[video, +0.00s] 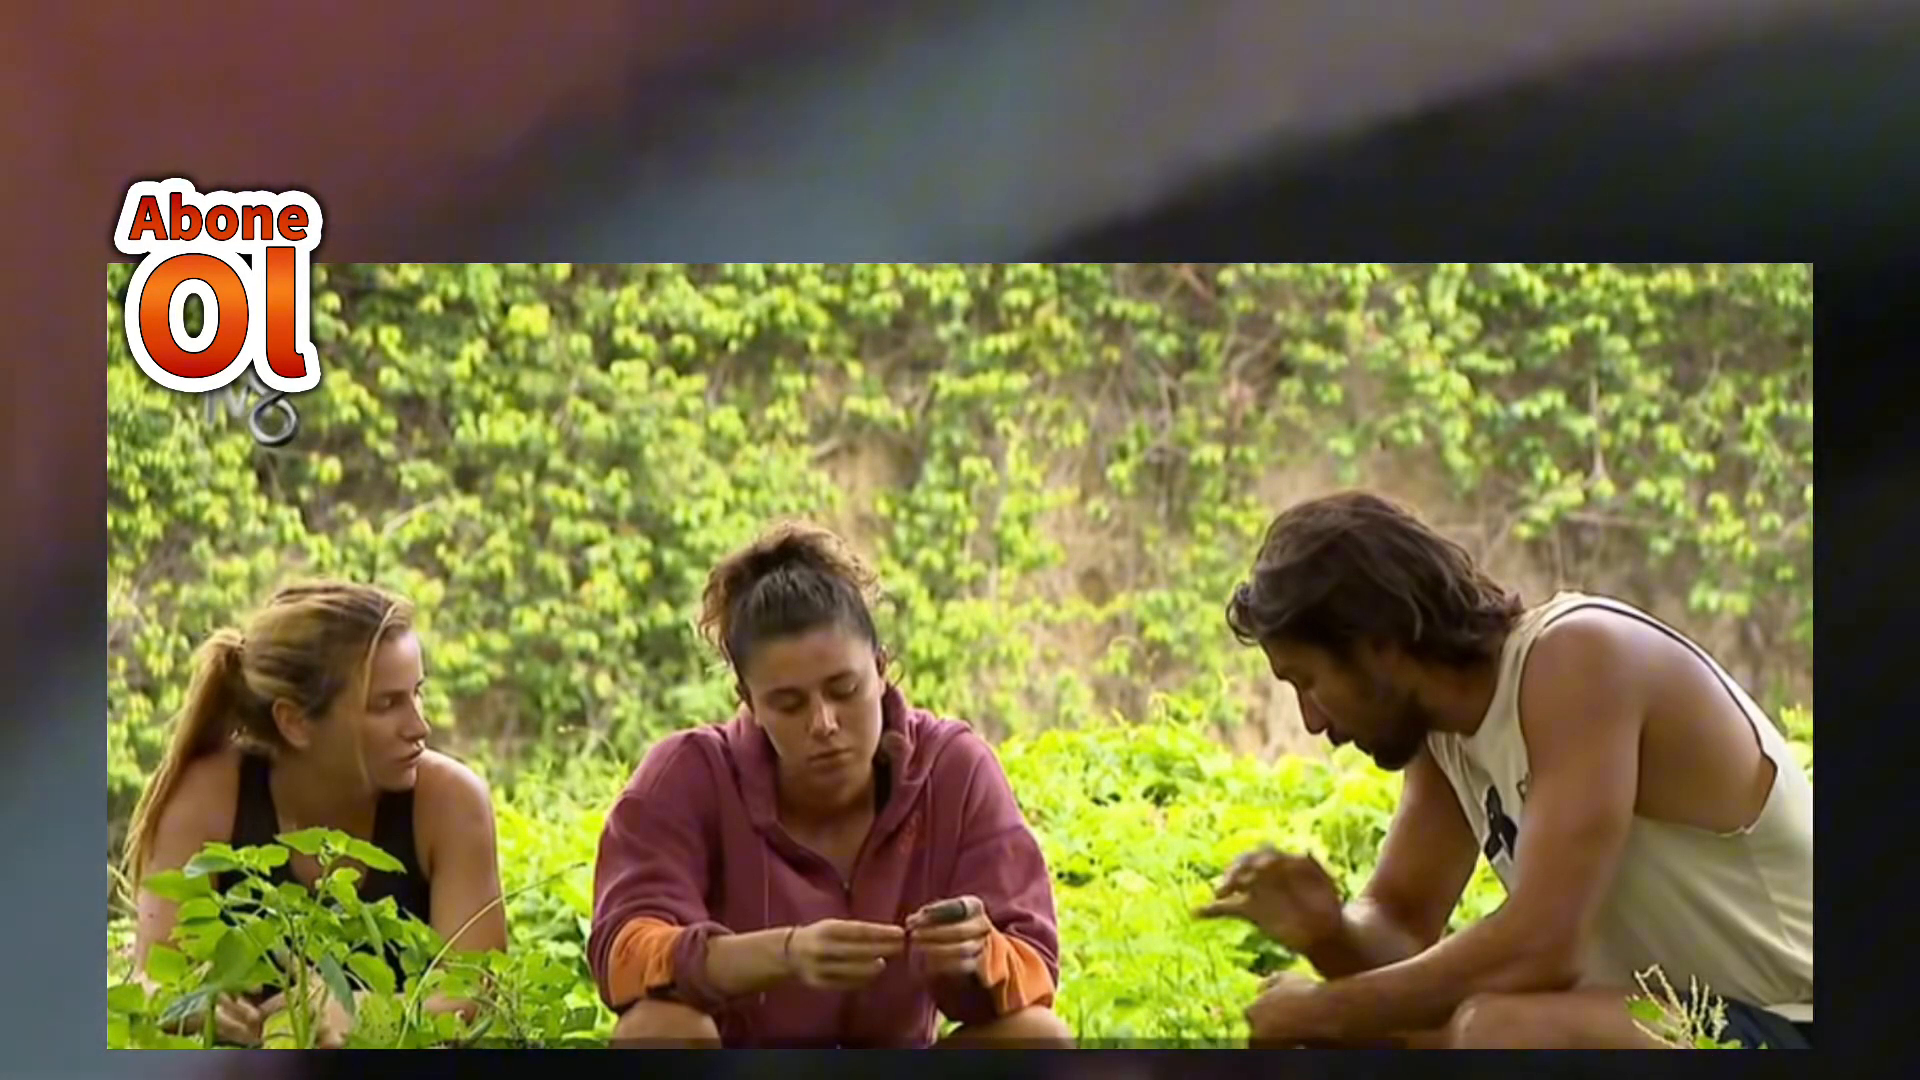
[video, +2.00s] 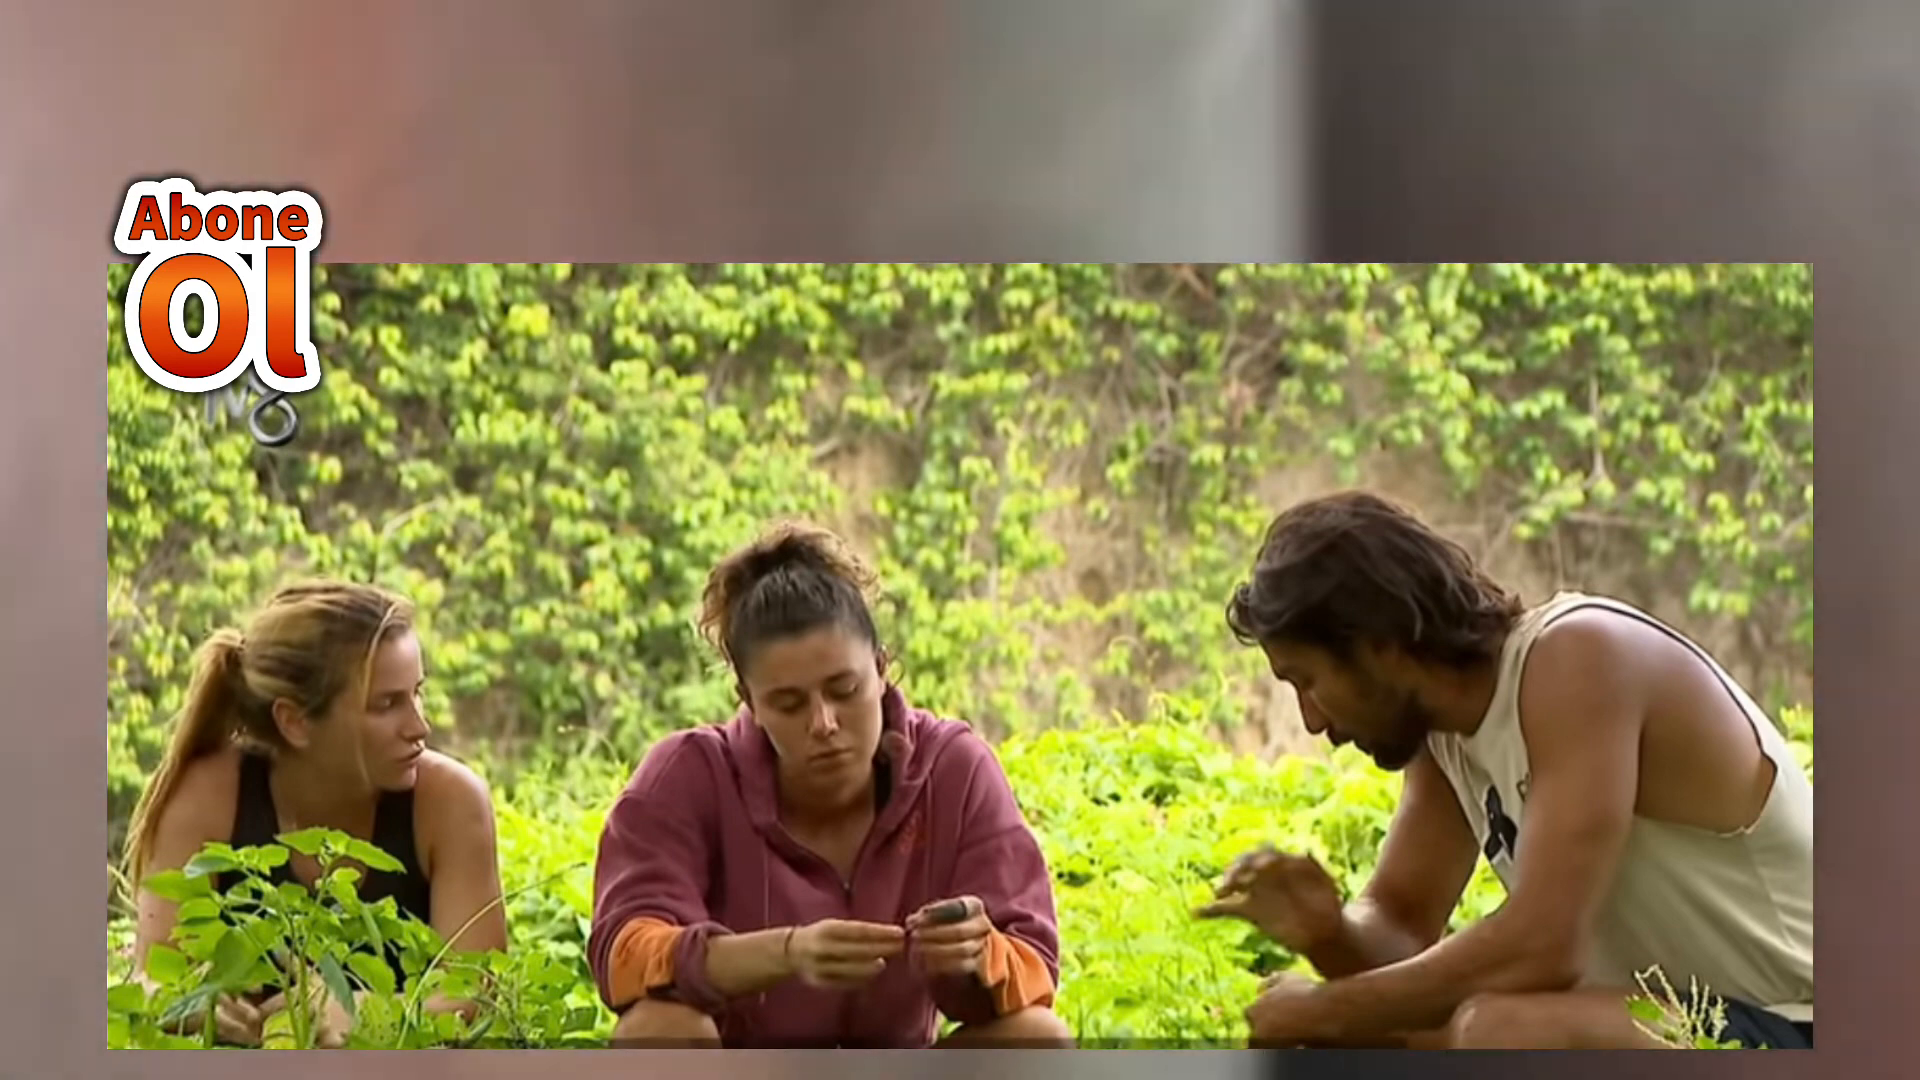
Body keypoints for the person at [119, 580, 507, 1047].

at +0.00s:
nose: (420, 725)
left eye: (417, 695)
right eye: (388, 705)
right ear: (295, 723)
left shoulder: (451, 800)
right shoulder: (206, 793)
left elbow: (470, 1001)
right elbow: (153, 985)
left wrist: (354, 1013)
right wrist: (203, 1009)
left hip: (385, 1068)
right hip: (239, 1068)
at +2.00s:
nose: (420, 725)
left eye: (417, 695)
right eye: (388, 705)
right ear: (295, 722)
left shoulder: (451, 799)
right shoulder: (205, 792)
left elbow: (470, 1000)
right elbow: (153, 983)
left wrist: (355, 1013)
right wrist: (200, 1008)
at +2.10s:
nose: (420, 725)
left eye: (417, 695)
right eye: (388, 705)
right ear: (295, 722)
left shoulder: (451, 799)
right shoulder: (205, 792)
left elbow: (471, 1001)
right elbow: (154, 983)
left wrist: (354, 1013)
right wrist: (201, 1008)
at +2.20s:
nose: (420, 725)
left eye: (417, 695)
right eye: (388, 705)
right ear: (295, 722)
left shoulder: (451, 799)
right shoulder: (205, 792)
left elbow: (471, 1002)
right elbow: (153, 983)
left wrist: (354, 1013)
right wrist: (200, 1008)